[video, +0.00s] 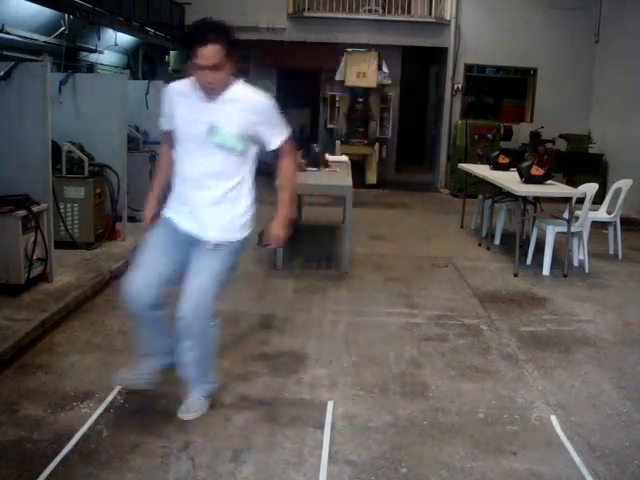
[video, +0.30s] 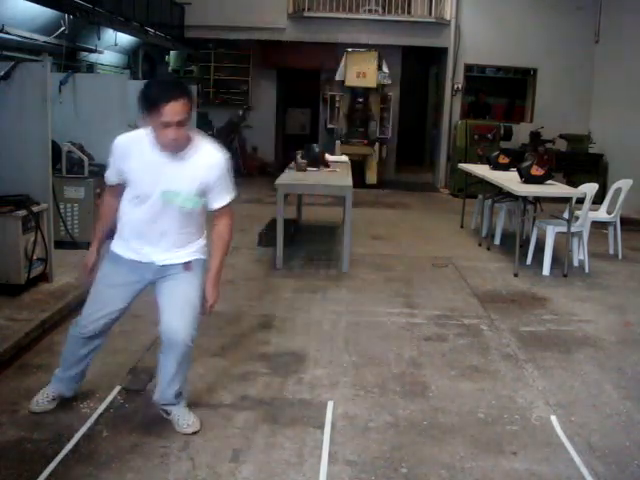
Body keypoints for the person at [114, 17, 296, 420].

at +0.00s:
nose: (205, 76)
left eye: (214, 68)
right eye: (199, 67)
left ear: (233, 65)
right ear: (190, 64)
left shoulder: (257, 105)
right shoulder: (176, 94)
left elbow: (287, 153)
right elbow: (169, 148)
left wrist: (283, 217)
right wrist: (153, 201)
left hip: (223, 231)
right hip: (177, 220)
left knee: (193, 311)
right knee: (138, 291)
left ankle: (200, 387)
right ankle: (158, 356)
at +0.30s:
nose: (175, 133)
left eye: (182, 124)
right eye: (166, 125)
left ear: (192, 116)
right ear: (148, 120)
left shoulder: (213, 158)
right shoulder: (126, 147)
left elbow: (222, 218)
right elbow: (111, 195)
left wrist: (213, 278)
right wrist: (95, 246)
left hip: (182, 264)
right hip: (126, 257)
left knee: (179, 335)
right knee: (89, 325)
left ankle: (171, 400)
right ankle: (62, 386)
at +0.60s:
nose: (277, 89)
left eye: (284, 80)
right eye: (269, 80)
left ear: (291, 73)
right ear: (244, 72)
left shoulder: (305, 113)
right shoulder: (212, 103)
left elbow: (311, 172)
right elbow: (183, 155)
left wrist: (310, 235)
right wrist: (169, 216)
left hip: (278, 240)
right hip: (219, 236)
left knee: (280, 321)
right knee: (205, 321)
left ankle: (274, 387)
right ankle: (200, 400)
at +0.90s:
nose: (402, 77)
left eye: (408, 67)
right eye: (391, 69)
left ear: (417, 63)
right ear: (368, 65)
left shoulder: (436, 104)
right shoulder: (341, 108)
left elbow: (450, 167)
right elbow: (314, 170)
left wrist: (454, 232)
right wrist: (294, 234)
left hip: (423, 243)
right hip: (360, 243)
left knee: (425, 334)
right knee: (338, 327)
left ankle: (401, 412)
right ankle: (306, 404)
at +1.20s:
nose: (495, 130)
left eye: (504, 120)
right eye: (487, 120)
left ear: (523, 115)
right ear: (476, 116)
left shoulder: (550, 143)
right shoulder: (453, 150)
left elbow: (568, 191)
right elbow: (425, 192)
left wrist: (578, 247)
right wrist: (416, 256)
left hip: (543, 280)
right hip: (481, 282)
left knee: (584, 360)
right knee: (474, 367)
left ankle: (613, 432)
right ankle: (484, 421)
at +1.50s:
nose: (463, 86)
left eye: (472, 76)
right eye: (457, 76)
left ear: (501, 70)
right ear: (449, 70)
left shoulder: (531, 113)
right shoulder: (434, 105)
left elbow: (552, 168)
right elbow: (409, 149)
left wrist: (556, 235)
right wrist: (411, 211)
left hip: (510, 252)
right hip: (449, 251)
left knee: (540, 339)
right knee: (457, 341)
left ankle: (568, 418)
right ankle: (469, 417)